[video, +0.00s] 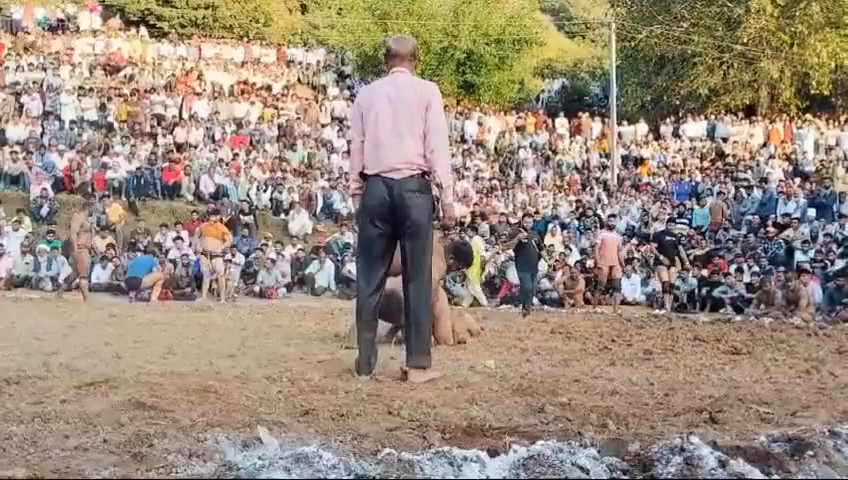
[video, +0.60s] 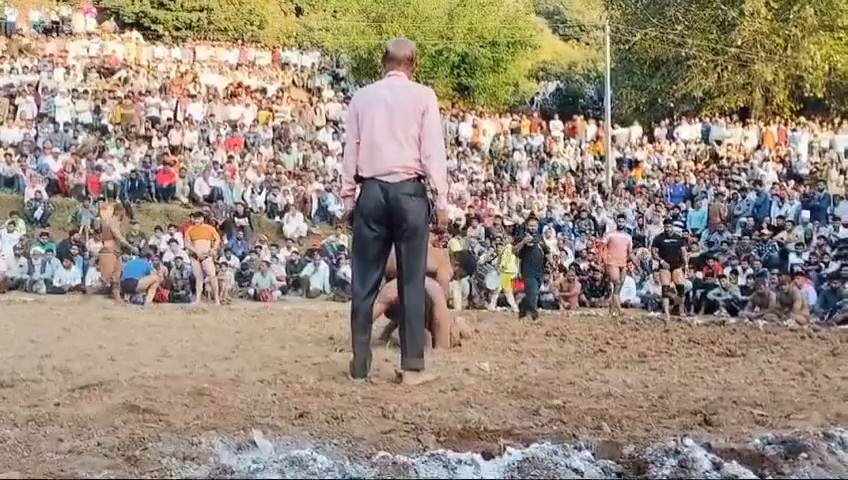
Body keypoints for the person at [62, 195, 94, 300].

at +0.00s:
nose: (92, 207)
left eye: (92, 204)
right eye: (90, 204)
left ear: (93, 204)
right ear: (85, 204)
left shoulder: (87, 217)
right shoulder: (77, 216)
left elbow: (90, 237)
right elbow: (73, 233)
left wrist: (95, 248)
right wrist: (74, 250)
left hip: (86, 247)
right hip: (80, 247)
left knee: (76, 274)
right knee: (83, 275)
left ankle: (61, 290)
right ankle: (86, 298)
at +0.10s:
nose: (96, 211)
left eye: (95, 208)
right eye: (95, 208)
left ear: (91, 208)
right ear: (92, 208)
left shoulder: (92, 219)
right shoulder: (84, 219)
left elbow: (93, 234)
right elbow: (83, 232)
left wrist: (95, 245)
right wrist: (85, 245)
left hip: (92, 246)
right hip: (85, 246)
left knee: (90, 272)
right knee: (86, 272)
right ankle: (87, 298)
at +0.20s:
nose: (103, 211)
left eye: (103, 208)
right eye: (102, 208)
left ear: (97, 208)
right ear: (97, 208)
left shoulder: (95, 219)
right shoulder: (91, 219)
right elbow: (93, 234)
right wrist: (100, 246)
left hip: (94, 247)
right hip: (90, 248)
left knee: (95, 274)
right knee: (89, 275)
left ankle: (82, 291)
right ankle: (86, 300)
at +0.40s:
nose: (112, 213)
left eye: (112, 210)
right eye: (111, 210)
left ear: (102, 209)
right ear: (108, 210)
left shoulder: (95, 219)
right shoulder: (102, 220)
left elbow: (87, 235)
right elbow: (109, 234)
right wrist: (124, 244)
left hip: (104, 251)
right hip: (97, 250)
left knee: (112, 272)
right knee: (92, 276)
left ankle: (111, 295)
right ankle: (85, 299)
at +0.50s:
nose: (119, 215)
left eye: (119, 212)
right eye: (119, 212)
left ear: (108, 210)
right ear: (115, 212)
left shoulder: (98, 220)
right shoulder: (109, 221)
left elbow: (95, 236)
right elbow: (114, 235)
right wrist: (129, 244)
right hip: (103, 251)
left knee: (113, 277)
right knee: (95, 277)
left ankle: (118, 299)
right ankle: (85, 299)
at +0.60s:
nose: (124, 216)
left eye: (124, 214)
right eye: (124, 214)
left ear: (115, 212)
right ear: (121, 213)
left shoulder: (109, 223)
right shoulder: (113, 223)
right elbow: (119, 238)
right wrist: (131, 247)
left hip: (115, 253)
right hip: (108, 252)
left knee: (116, 278)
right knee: (105, 279)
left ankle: (117, 299)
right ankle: (89, 290)